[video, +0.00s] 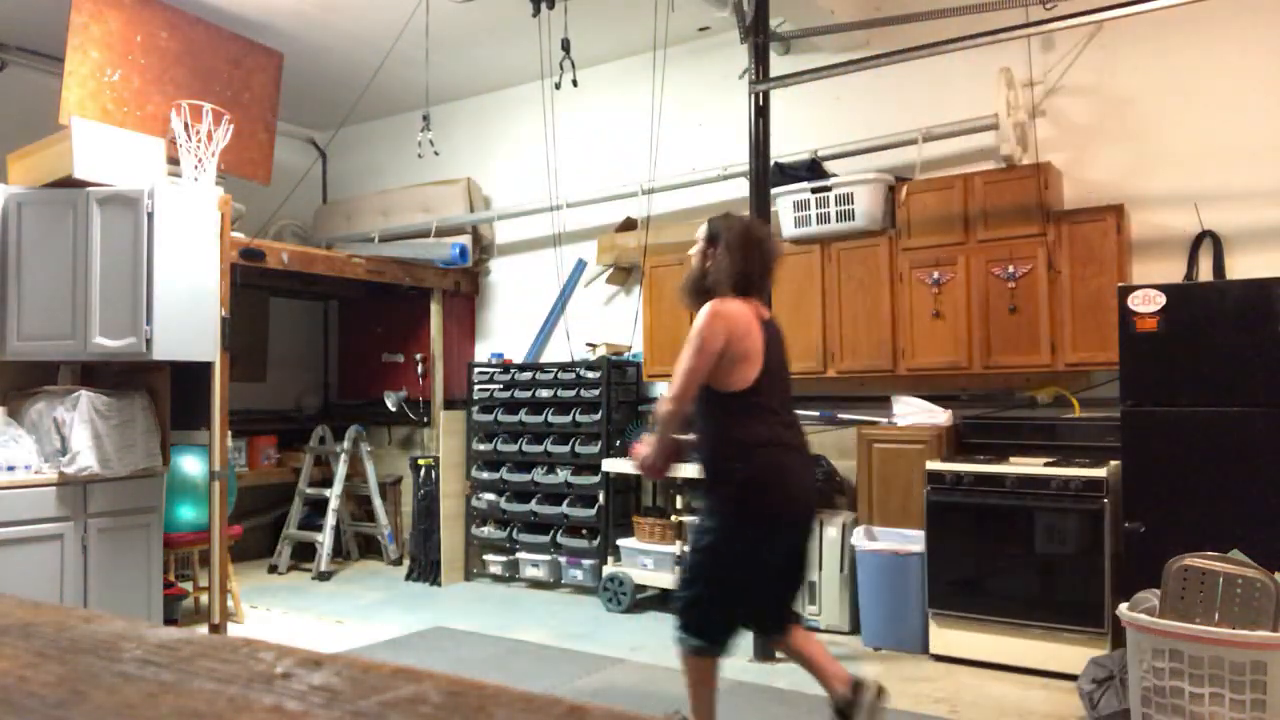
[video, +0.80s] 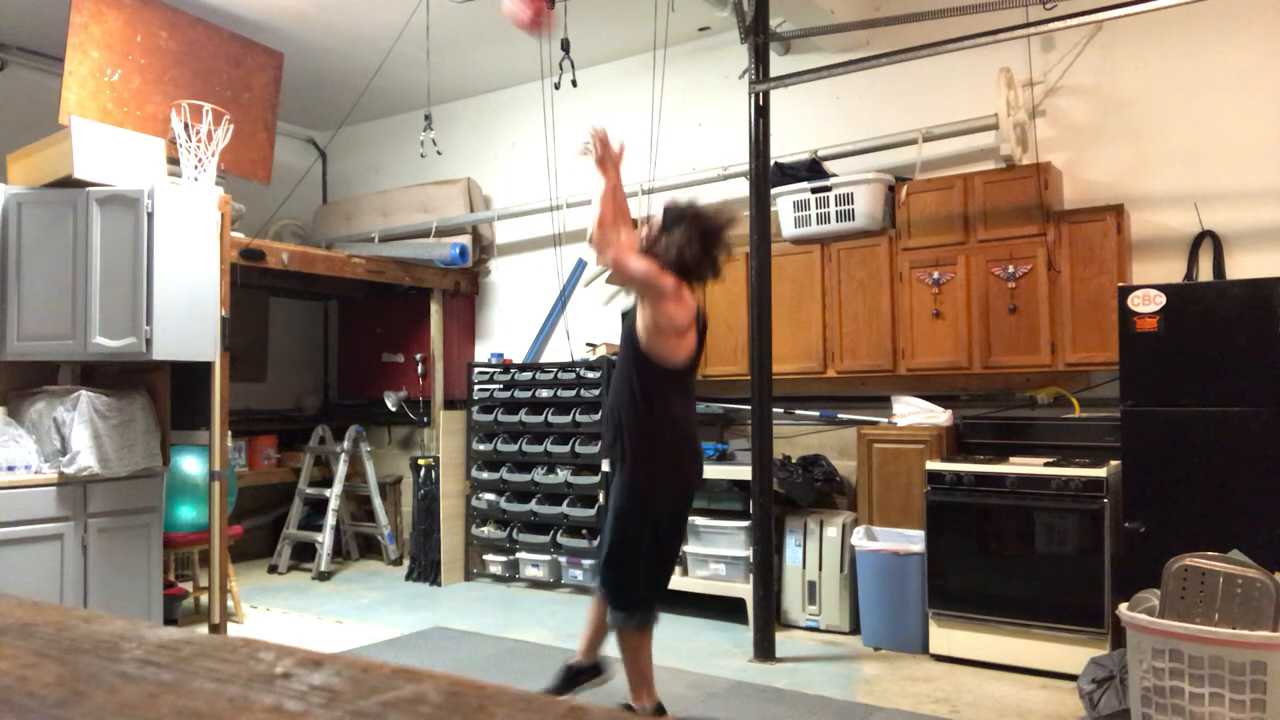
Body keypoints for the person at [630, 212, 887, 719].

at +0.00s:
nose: (692, 255)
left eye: (699, 247)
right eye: (695, 246)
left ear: (719, 255)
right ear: (750, 259)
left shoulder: (718, 314)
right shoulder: (762, 318)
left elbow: (675, 403)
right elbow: (741, 417)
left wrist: (658, 454)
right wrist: (677, 444)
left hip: (743, 489)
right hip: (789, 484)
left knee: (699, 615)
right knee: (769, 610)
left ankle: (702, 715)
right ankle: (846, 690)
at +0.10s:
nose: (680, 264)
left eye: (688, 256)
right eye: (683, 255)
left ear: (707, 266)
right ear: (732, 270)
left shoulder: (705, 325)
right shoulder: (747, 327)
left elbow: (640, 398)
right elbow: (714, 416)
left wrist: (612, 408)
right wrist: (641, 420)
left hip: (727, 494)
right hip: (768, 488)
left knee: (671, 608)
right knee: (722, 599)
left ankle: (697, 714)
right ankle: (793, 680)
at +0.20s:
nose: (675, 272)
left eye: (684, 266)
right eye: (679, 264)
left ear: (704, 278)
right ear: (731, 282)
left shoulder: (697, 335)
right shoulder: (735, 338)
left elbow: (617, 378)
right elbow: (670, 390)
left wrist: (588, 348)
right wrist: (620, 354)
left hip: (707, 506)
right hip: (743, 504)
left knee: (650, 605)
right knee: (698, 602)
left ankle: (693, 712)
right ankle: (743, 684)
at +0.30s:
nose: (672, 276)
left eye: (681, 270)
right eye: (677, 268)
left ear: (695, 287)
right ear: (721, 293)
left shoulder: (696, 343)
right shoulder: (712, 346)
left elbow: (608, 334)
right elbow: (631, 338)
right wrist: (631, 280)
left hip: (695, 508)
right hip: (716, 503)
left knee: (632, 607)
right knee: (685, 608)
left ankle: (691, 714)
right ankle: (744, 684)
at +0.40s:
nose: (668, 259)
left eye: (676, 251)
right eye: (669, 251)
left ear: (691, 264)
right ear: (715, 270)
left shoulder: (690, 321)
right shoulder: (691, 320)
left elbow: (612, 276)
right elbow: (626, 283)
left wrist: (635, 216)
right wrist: (648, 228)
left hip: (685, 488)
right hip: (699, 484)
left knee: (631, 600)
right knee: (687, 596)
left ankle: (689, 712)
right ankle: (742, 679)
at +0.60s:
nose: (661, 192)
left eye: (668, 185)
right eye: (666, 187)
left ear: (678, 200)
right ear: (704, 210)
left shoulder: (678, 253)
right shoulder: (687, 257)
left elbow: (607, 209)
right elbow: (623, 222)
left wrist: (627, 151)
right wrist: (638, 162)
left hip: (663, 430)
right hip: (677, 425)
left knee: (636, 553)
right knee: (663, 540)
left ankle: (656, 677)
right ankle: (679, 637)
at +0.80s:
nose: (643, 229)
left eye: (653, 226)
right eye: (650, 222)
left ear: (670, 246)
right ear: (682, 251)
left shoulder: (668, 293)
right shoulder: (670, 289)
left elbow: (610, 251)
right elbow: (621, 241)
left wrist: (607, 176)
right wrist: (612, 173)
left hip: (654, 465)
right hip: (649, 456)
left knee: (629, 581)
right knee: (615, 564)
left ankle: (645, 702)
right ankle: (587, 658)